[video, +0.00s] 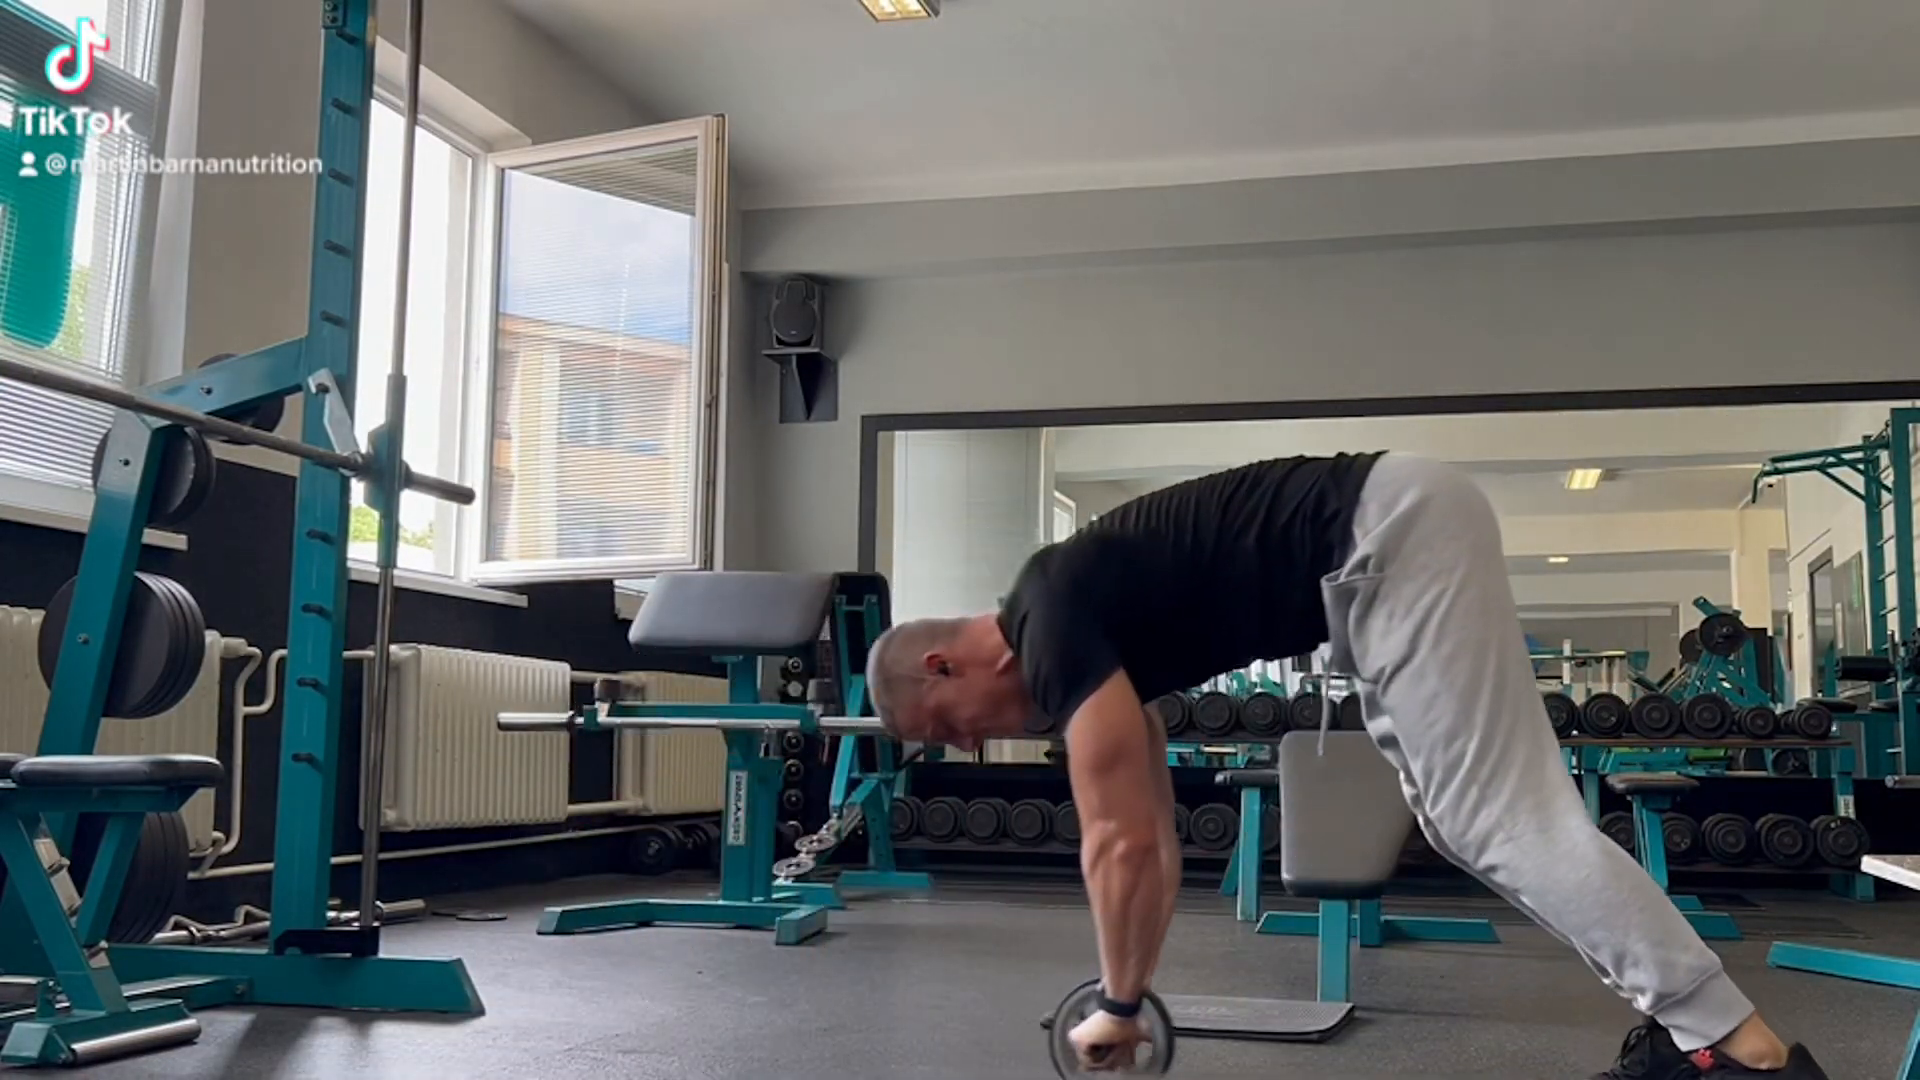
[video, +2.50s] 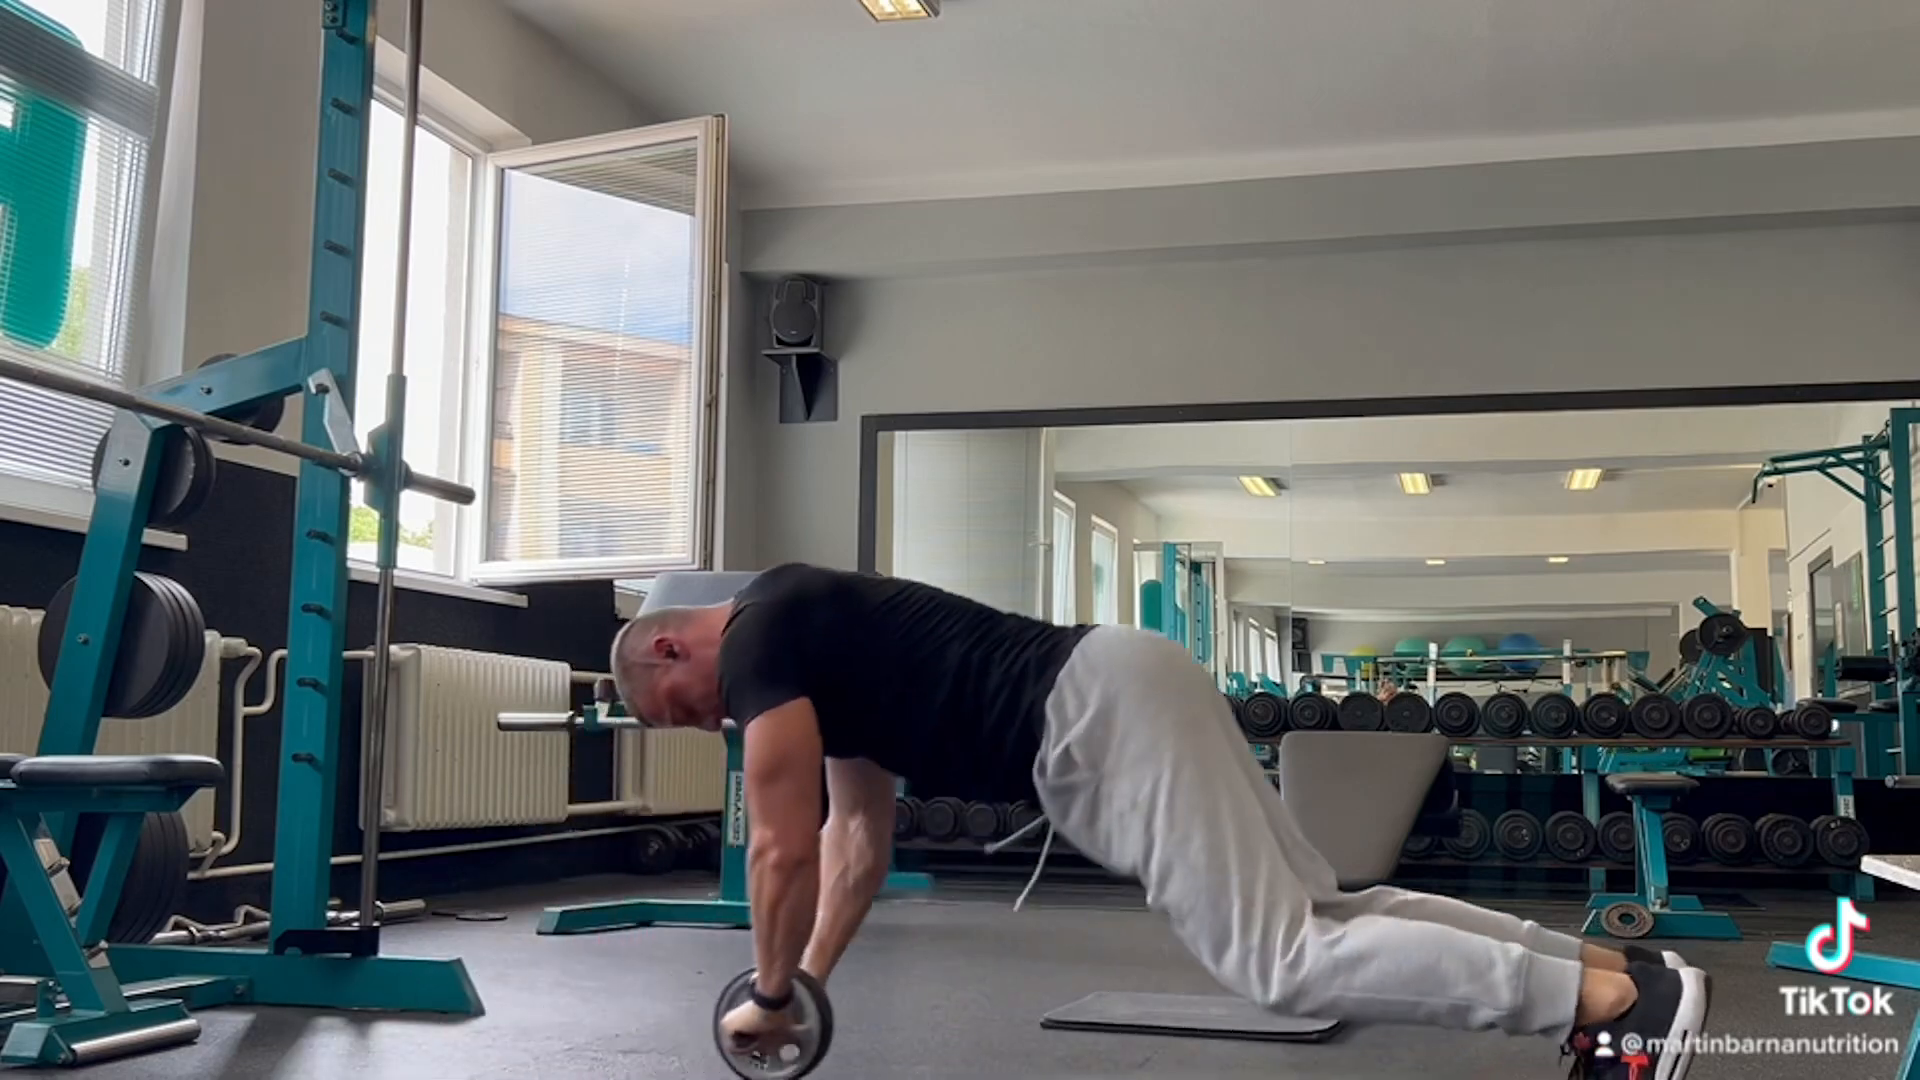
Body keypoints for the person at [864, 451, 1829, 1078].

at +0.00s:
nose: (981, 746)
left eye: (952, 731)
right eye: (955, 742)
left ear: (958, 662)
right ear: (962, 652)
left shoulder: (1065, 614)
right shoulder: (1066, 620)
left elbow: (1124, 840)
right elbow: (1137, 836)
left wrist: (1120, 1004)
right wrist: (1123, 991)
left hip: (1394, 526)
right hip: (1386, 534)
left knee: (1499, 822)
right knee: (1491, 819)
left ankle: (1742, 1040)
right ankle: (1680, 1010)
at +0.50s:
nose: (1154, 765)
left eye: (1133, 746)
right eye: (1133, 757)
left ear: (1155, 684)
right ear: (1164, 668)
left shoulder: (1264, 640)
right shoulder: (1272, 632)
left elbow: (1408, 851)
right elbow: (1418, 822)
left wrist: (1477, 1023)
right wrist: (1475, 998)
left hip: (1579, 490)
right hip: (1581, 484)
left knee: (1577, 794)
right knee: (1577, 789)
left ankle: (1772, 1056)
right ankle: (1715, 1024)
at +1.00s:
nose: (742, 682)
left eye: (730, 656)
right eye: (728, 664)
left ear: (764, 608)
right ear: (791, 597)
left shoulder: (853, 632)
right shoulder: (911, 643)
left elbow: (832, 847)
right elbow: (894, 863)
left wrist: (787, 990)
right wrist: (819, 987)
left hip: (1201, 637)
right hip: (1209, 639)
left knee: (1367, 903)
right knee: (1364, 893)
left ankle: (1675, 1007)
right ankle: (1659, 996)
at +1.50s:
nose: (559, 878)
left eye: (548, 857)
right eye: (549, 868)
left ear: (565, 795)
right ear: (597, 787)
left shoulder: (633, 800)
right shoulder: (701, 795)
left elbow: (536, 983)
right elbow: (637, 964)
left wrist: (452, 1016)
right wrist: (512, 997)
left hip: (987, 914)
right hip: (1013, 870)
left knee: (1250, 1044)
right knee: (1269, 988)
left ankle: (1567, 1003)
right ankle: (1566, 991)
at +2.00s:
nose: (496, 986)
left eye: (498, 969)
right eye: (496, 974)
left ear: (534, 925)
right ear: (579, 898)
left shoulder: (598, 920)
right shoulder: (663, 913)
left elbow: (403, 1047)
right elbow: (557, 1025)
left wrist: (327, 1013)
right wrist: (421, 1026)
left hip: (938, 1009)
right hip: (959, 961)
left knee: (1240, 1049)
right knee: (1240, 1022)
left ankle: (1534, 997)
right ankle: (1526, 991)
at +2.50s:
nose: (672, 725)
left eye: (655, 704)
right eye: (660, 715)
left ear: (666, 648)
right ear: (690, 643)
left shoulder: (765, 630)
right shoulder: (823, 641)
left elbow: (786, 844)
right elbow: (852, 847)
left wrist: (772, 995)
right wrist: (799, 988)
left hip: (1104, 703)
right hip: (1120, 703)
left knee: (1284, 960)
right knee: (1310, 917)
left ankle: (1604, 994)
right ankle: (1598, 971)